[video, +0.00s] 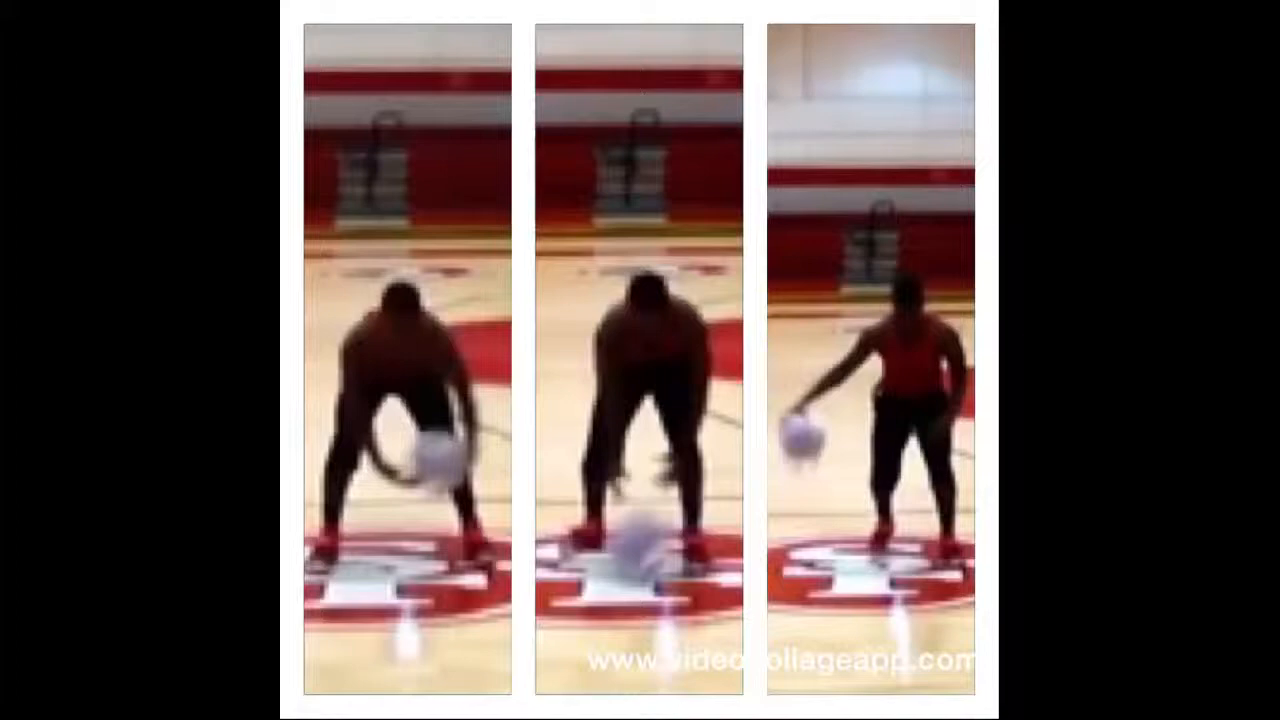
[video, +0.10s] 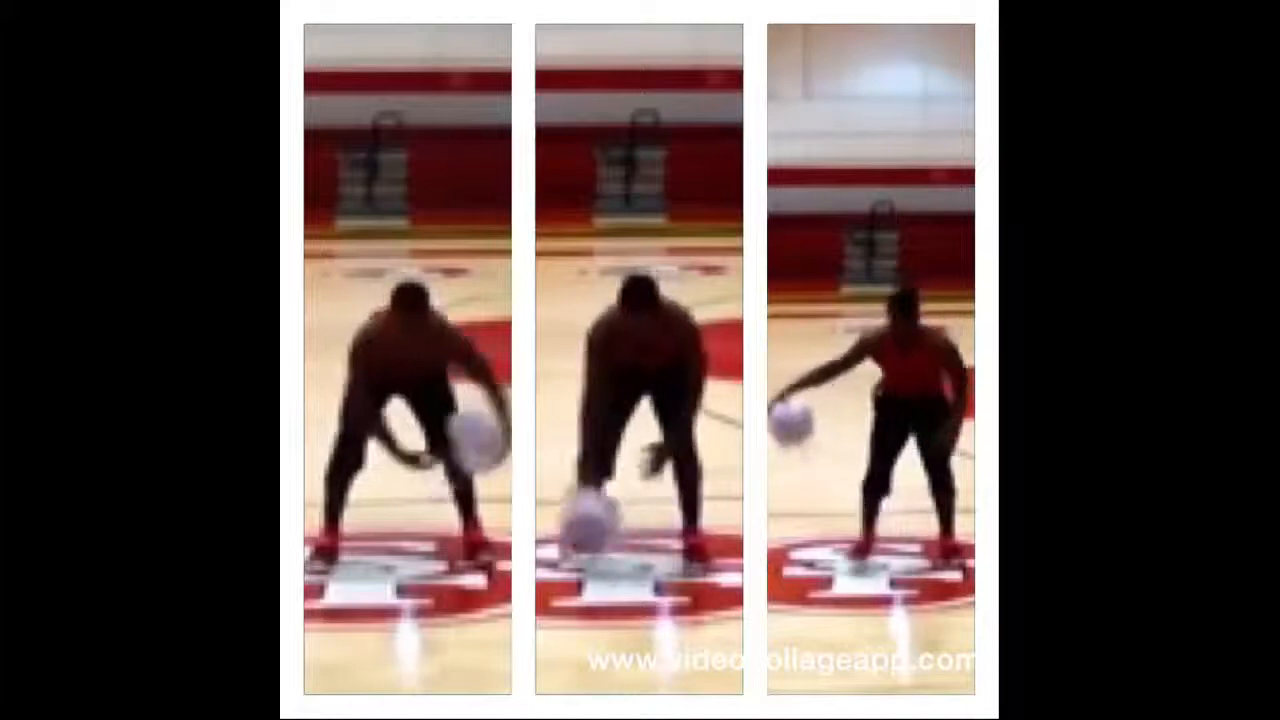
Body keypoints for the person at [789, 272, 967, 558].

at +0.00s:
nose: (905, 319)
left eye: (911, 311)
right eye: (900, 311)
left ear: (921, 306)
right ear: (893, 307)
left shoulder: (940, 334)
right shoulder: (879, 335)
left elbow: (959, 373)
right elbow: (843, 370)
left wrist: (952, 410)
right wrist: (804, 402)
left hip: (930, 401)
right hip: (892, 402)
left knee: (941, 473)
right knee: (882, 473)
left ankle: (947, 535)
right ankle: (884, 523)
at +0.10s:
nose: (900, 327)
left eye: (906, 320)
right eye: (896, 320)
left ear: (916, 318)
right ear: (889, 317)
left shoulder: (935, 341)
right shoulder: (876, 341)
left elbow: (960, 378)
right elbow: (836, 368)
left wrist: (955, 423)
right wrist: (787, 392)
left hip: (931, 405)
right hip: (892, 405)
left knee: (939, 472)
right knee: (877, 474)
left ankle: (947, 538)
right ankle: (867, 537)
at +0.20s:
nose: (891, 340)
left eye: (896, 333)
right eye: (886, 333)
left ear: (908, 331)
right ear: (880, 332)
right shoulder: (868, 354)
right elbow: (825, 376)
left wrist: (958, 454)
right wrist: (781, 397)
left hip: (926, 417)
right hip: (889, 415)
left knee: (937, 484)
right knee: (870, 480)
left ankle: (947, 542)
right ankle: (842, 547)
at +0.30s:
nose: (885, 355)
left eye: (891, 348)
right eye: (880, 348)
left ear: (901, 345)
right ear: (873, 345)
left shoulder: (921, 370)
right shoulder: (859, 369)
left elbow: (944, 416)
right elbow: (834, 402)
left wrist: (950, 463)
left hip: (917, 428)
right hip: (878, 427)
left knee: (934, 493)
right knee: (860, 491)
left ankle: (949, 542)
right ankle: (835, 556)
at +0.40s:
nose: (889, 366)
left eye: (895, 359)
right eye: (884, 359)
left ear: (902, 357)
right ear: (875, 357)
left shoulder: (918, 382)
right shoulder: (855, 385)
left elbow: (931, 422)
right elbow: (845, 429)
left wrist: (928, 459)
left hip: (905, 438)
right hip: (867, 440)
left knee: (931, 494)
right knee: (854, 500)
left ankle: (951, 543)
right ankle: (835, 556)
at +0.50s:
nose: (898, 380)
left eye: (903, 373)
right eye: (893, 374)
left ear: (911, 370)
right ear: (883, 371)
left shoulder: (921, 389)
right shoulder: (863, 396)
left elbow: (933, 423)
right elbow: (836, 439)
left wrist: (941, 463)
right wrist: (838, 486)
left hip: (905, 445)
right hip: (866, 447)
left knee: (934, 499)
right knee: (858, 506)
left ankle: (954, 556)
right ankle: (835, 560)